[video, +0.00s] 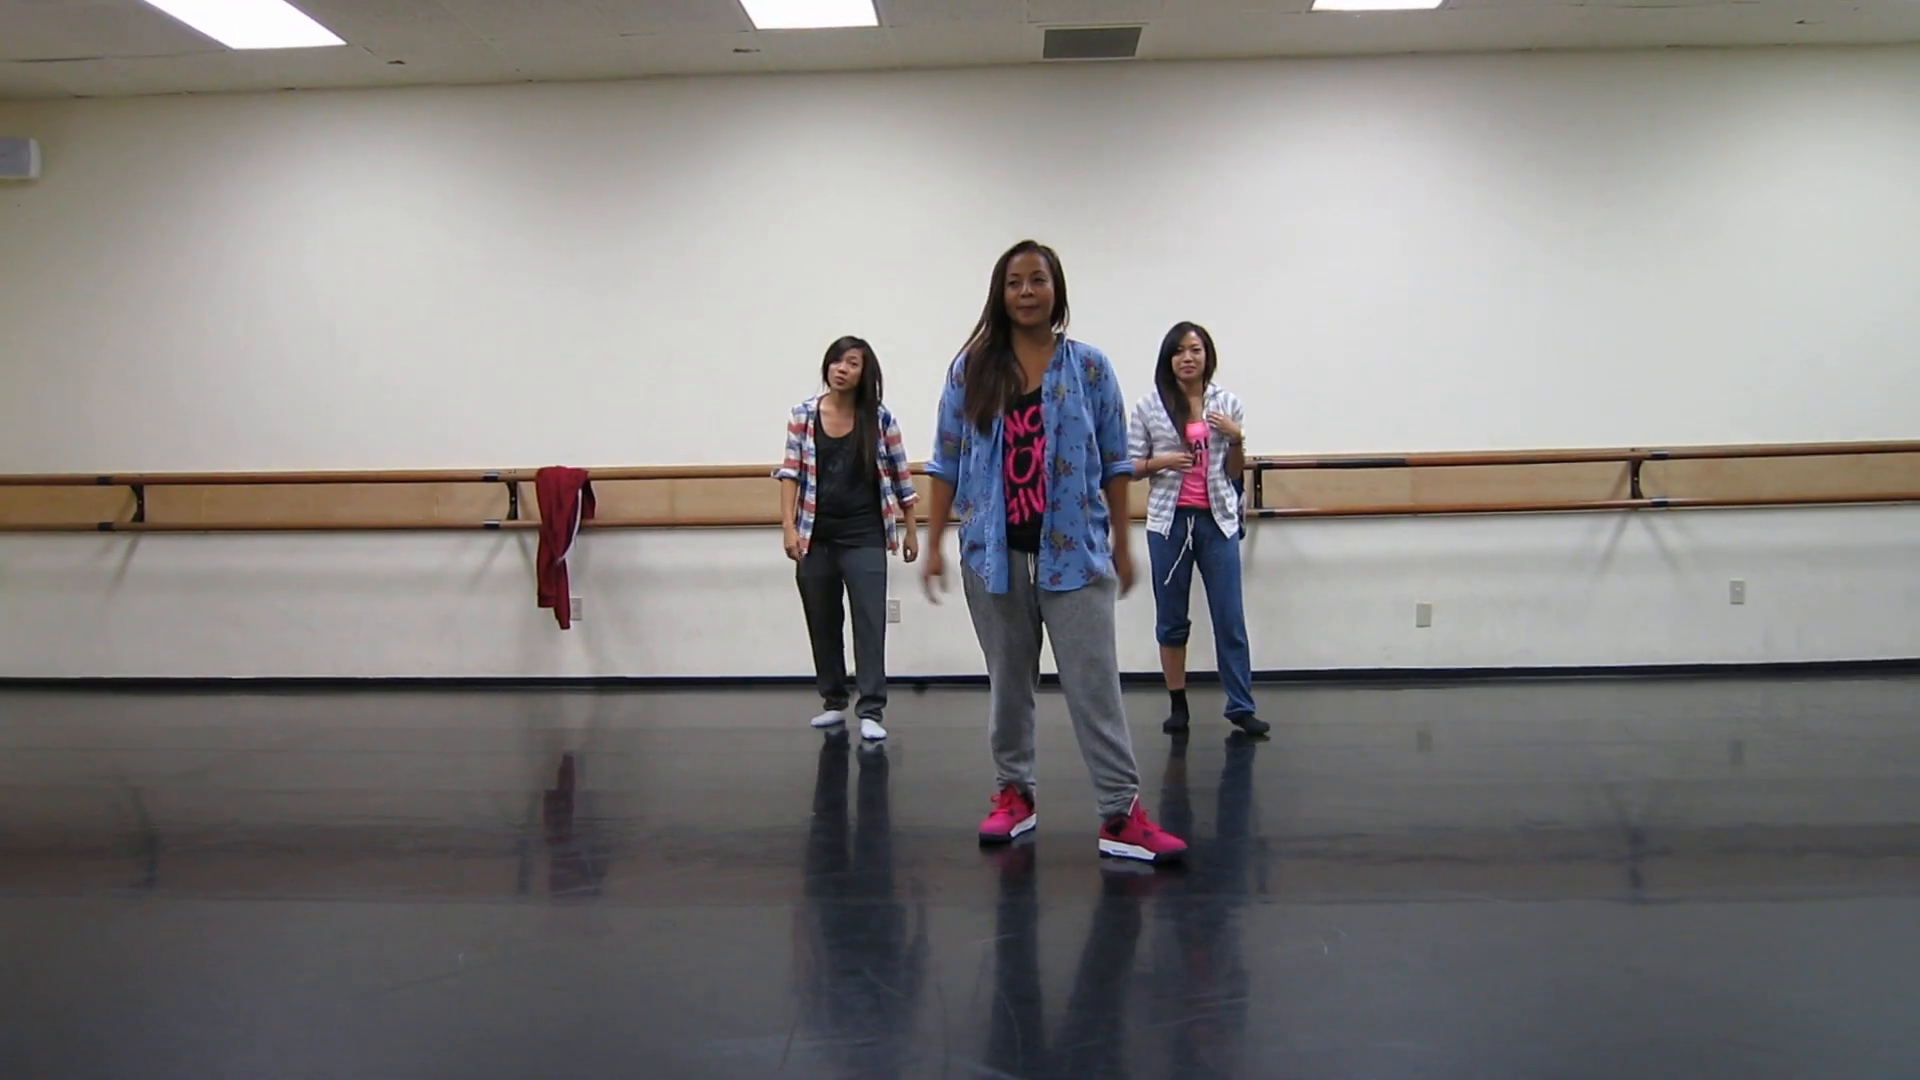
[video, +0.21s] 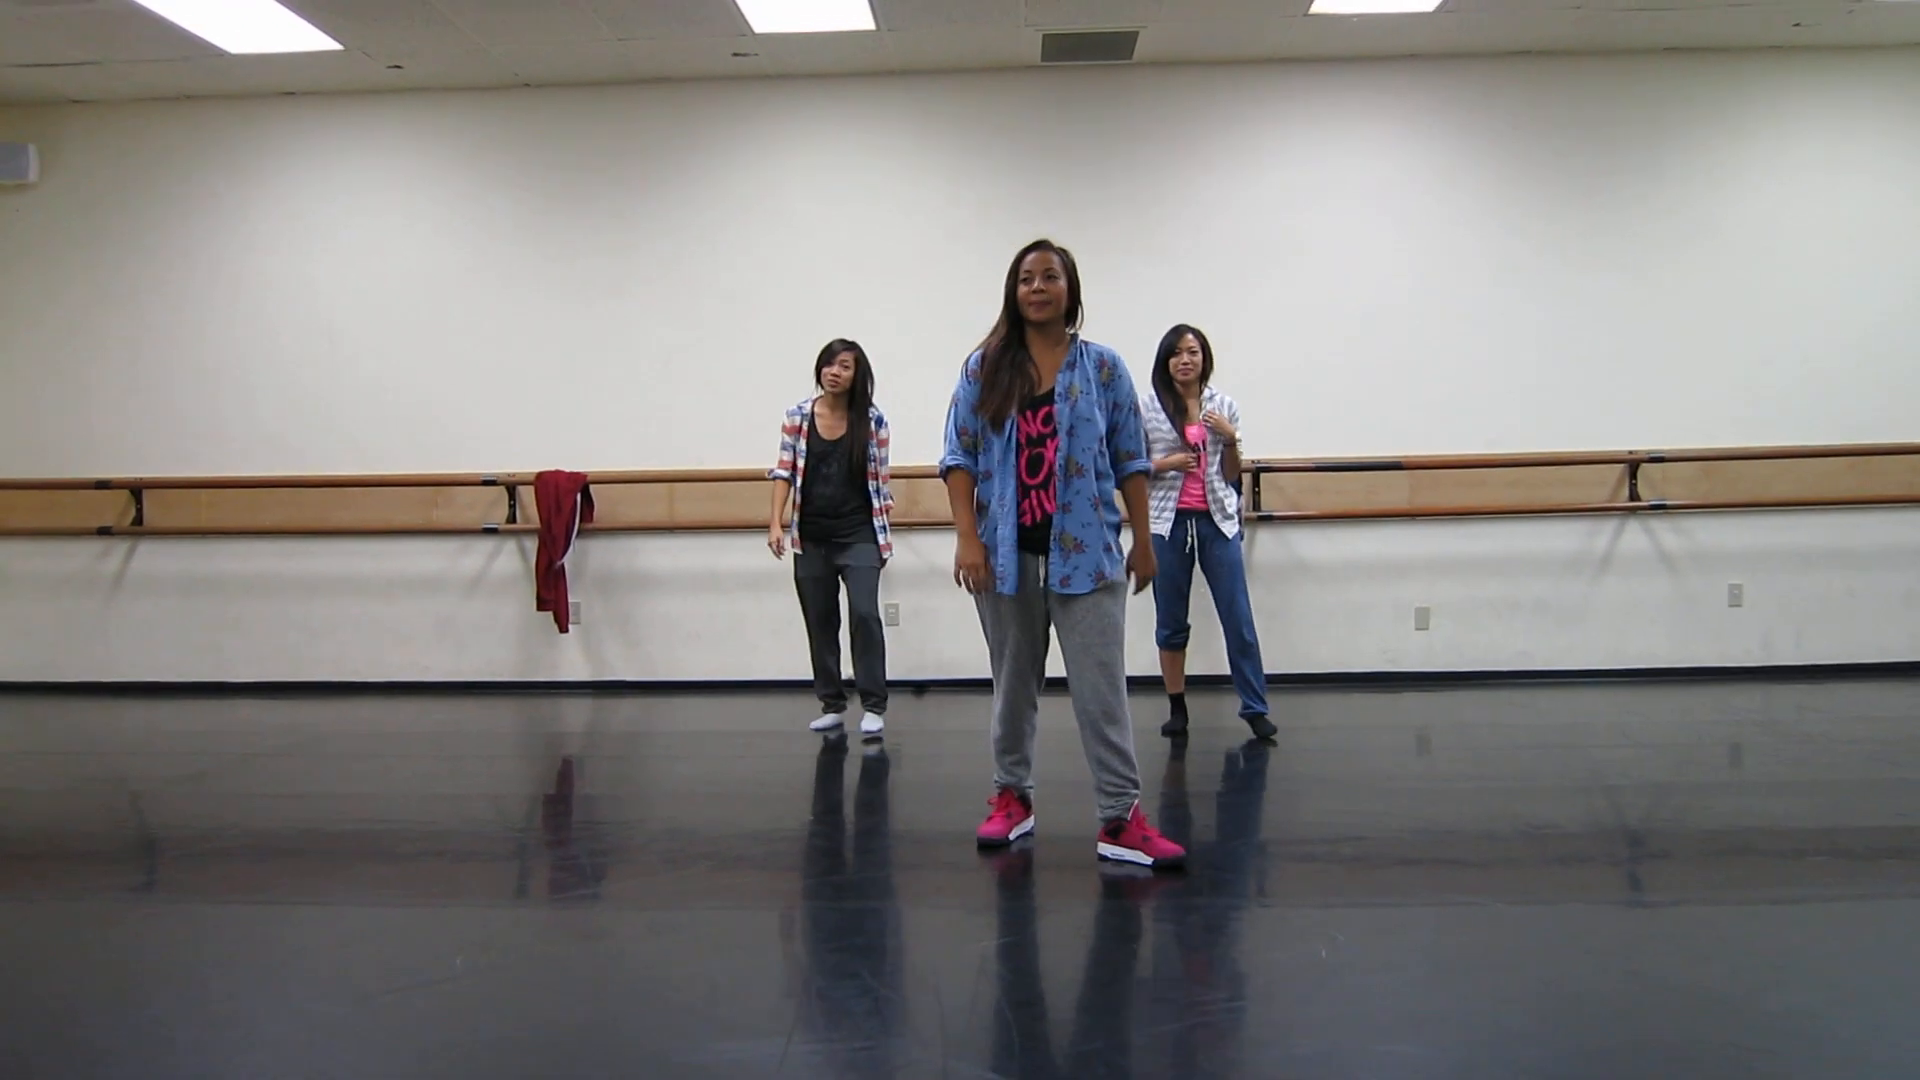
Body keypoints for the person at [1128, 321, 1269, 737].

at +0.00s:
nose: (1188, 358)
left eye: (1196, 350)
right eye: (1180, 351)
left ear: (1209, 356)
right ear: (1168, 359)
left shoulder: (1227, 403)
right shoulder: (1148, 408)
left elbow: (1234, 473)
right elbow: (1130, 467)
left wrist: (1236, 439)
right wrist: (1162, 460)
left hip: (1217, 519)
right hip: (1168, 521)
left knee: (1230, 618)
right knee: (1172, 619)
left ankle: (1241, 708)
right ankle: (1178, 705)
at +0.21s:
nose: (1186, 359)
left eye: (1193, 352)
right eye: (1178, 353)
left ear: (1205, 359)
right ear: (1165, 361)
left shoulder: (1222, 406)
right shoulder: (1146, 407)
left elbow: (1231, 477)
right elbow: (1129, 468)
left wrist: (1231, 440)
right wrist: (1166, 462)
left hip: (1218, 521)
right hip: (1167, 523)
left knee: (1239, 620)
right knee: (1171, 624)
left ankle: (1256, 710)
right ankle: (1177, 711)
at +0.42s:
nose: (1192, 363)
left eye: (1200, 356)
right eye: (1183, 357)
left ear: (1212, 363)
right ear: (1171, 367)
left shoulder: (1228, 410)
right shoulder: (1156, 413)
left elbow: (1237, 481)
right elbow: (1141, 474)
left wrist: (1236, 443)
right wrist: (1178, 467)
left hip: (1223, 525)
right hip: (1176, 526)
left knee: (1248, 622)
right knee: (1173, 623)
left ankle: (1272, 717)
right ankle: (1174, 714)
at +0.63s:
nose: (1202, 368)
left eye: (1210, 361)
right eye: (1194, 363)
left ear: (1222, 368)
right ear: (1181, 372)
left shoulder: (1241, 415)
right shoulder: (1164, 418)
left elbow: (1250, 483)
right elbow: (1151, 480)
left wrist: (1247, 446)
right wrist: (1190, 476)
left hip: (1232, 535)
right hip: (1183, 534)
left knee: (1246, 637)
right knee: (1171, 633)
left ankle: (1258, 728)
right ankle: (1163, 718)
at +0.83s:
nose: (1219, 370)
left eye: (1225, 363)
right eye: (1210, 364)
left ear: (1238, 370)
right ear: (1197, 373)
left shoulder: (1257, 415)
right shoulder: (1180, 419)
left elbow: (1268, 483)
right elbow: (1166, 483)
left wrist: (1265, 449)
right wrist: (1207, 478)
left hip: (1247, 537)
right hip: (1197, 535)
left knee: (1252, 643)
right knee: (1178, 633)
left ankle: (1254, 733)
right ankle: (1161, 717)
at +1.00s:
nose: (1232, 373)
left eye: (1239, 366)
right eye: (1223, 367)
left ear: (1251, 372)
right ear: (1211, 376)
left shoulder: (1271, 417)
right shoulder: (1193, 422)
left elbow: (1283, 485)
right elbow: (1179, 485)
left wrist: (1278, 450)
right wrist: (1220, 481)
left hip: (1259, 536)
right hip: (1209, 535)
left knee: (1257, 643)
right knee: (1189, 631)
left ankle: (1253, 736)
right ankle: (1167, 718)